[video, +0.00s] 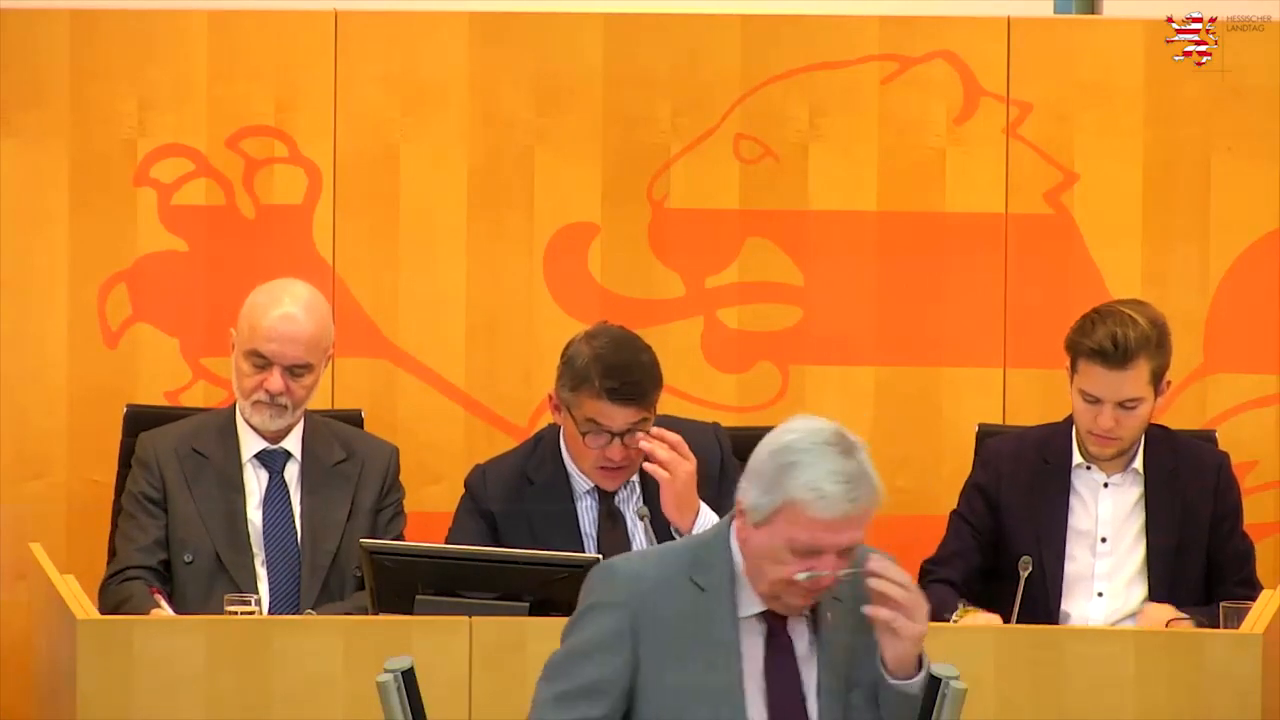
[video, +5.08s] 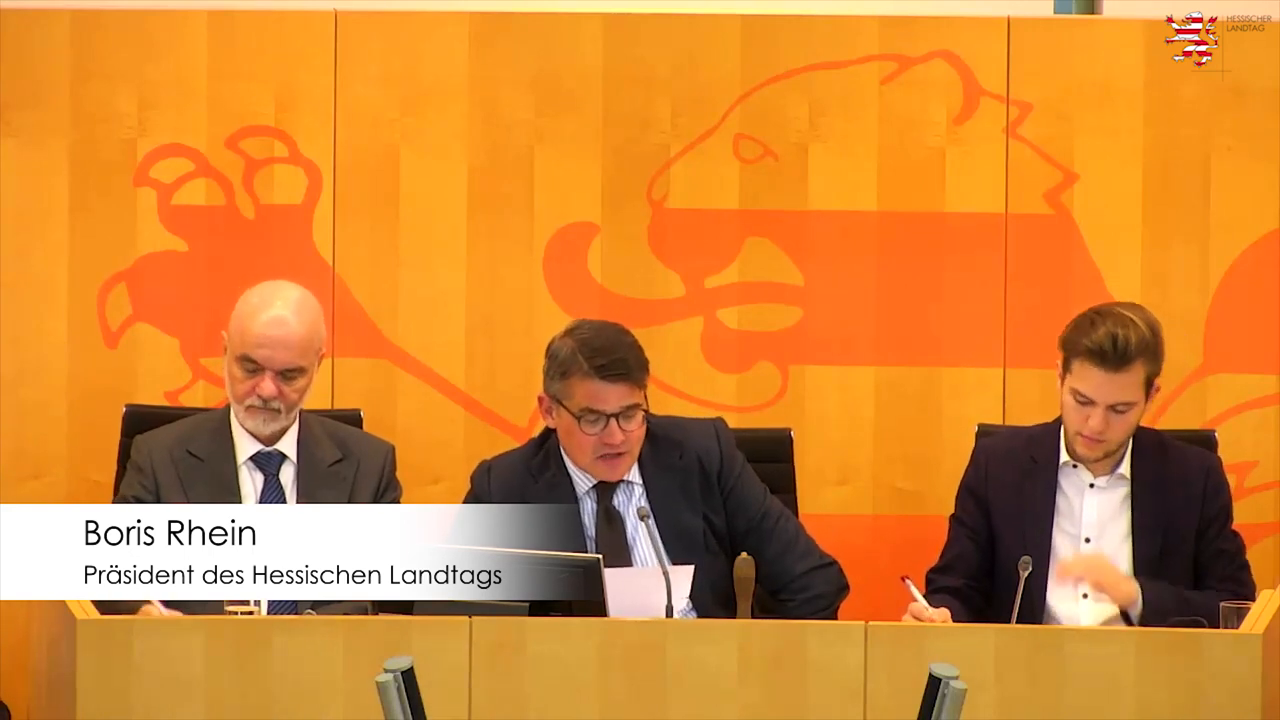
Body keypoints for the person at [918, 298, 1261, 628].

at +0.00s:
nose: (1105, 422)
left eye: (1127, 405)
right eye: (1091, 399)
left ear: (1160, 394)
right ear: (1071, 379)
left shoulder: (1204, 472)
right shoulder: (1006, 461)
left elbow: (1247, 607)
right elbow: (938, 583)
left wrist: (1188, 620)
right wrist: (960, 616)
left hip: (1157, 675)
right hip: (1032, 668)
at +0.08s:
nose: (1103, 422)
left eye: (1126, 405)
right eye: (1089, 399)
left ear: (1159, 394)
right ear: (1070, 378)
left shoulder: (1203, 473)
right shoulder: (1005, 460)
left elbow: (1243, 606)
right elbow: (934, 588)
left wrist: (1172, 621)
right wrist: (963, 620)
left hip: (1157, 678)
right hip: (1030, 670)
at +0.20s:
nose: (1100, 422)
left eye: (1123, 405)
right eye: (1086, 398)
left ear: (1155, 394)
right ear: (1066, 377)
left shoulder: (1199, 473)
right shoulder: (1003, 460)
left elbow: (1229, 607)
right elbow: (936, 593)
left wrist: (1121, 626)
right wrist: (963, 618)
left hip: (1151, 675)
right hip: (1026, 667)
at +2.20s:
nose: (1094, 443)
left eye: (1121, 434)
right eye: (1086, 417)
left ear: (1160, 420)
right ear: (1074, 385)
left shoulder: (1197, 476)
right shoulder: (1000, 459)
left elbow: (1238, 600)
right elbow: (945, 586)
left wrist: (1164, 644)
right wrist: (956, 645)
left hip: (1147, 678)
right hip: (1022, 670)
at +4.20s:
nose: (1108, 447)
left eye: (1134, 438)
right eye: (1100, 420)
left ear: (1167, 424)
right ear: (1083, 383)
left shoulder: (1200, 478)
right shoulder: (1003, 457)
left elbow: (1237, 601)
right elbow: (953, 583)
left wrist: (1168, 644)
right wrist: (952, 634)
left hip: (1151, 680)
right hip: (1025, 672)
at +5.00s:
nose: (1097, 427)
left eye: (1121, 411)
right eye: (1085, 401)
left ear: (1153, 400)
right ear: (1066, 378)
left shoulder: (1196, 477)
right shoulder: (999, 459)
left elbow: (1240, 608)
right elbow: (955, 585)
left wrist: (1138, 616)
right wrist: (939, 616)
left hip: (1148, 685)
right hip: (1021, 677)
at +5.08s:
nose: (1095, 425)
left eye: (1119, 408)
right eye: (1082, 400)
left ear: (1149, 395)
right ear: (1062, 377)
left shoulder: (1195, 477)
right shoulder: (998, 460)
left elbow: (1240, 610)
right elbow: (956, 587)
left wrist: (1137, 596)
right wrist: (939, 615)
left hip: (1150, 686)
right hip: (1022, 679)